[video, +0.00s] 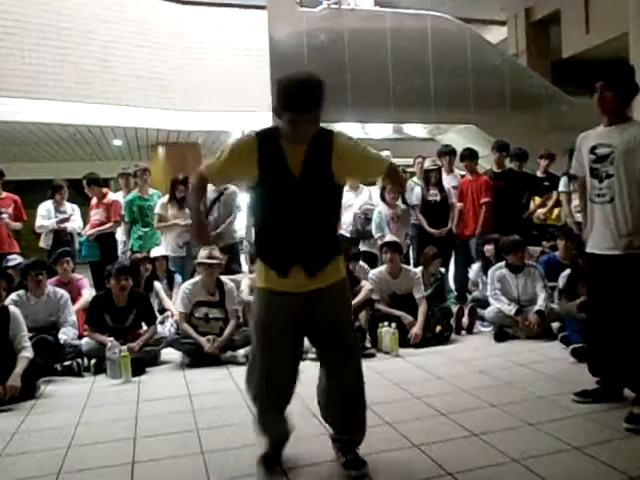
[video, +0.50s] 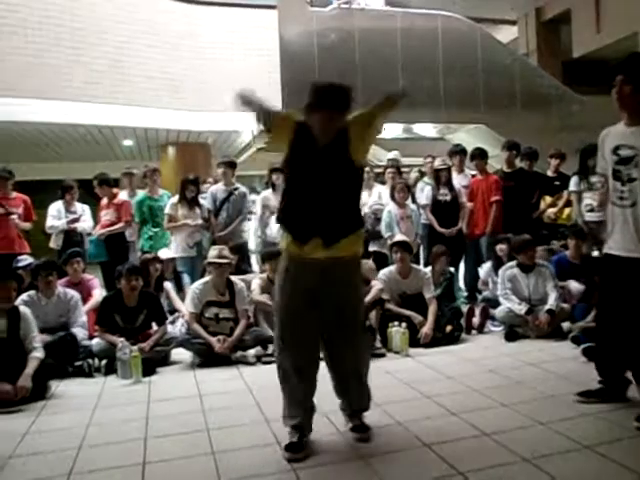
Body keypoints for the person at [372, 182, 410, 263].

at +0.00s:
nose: (393, 195)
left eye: (396, 192)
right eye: (389, 192)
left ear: (399, 194)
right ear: (383, 193)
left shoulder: (404, 210)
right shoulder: (379, 211)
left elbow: (408, 228)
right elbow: (376, 230)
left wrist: (406, 241)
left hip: (402, 245)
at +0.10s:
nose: (392, 196)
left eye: (395, 192)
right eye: (389, 192)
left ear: (399, 194)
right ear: (384, 194)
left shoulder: (403, 209)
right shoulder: (379, 211)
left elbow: (409, 226)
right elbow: (376, 230)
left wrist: (407, 240)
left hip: (403, 245)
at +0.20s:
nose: (392, 197)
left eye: (394, 194)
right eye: (389, 194)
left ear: (399, 195)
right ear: (383, 196)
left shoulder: (403, 211)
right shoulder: (379, 212)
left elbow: (409, 227)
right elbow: (376, 230)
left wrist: (407, 242)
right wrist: (384, 242)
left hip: (403, 245)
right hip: (387, 246)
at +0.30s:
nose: (392, 196)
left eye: (394, 193)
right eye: (389, 193)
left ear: (398, 194)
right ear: (383, 194)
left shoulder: (404, 210)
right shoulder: (379, 211)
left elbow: (409, 226)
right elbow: (376, 229)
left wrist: (407, 241)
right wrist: (384, 242)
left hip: (403, 244)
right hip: (387, 245)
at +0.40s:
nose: (396, 196)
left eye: (398, 193)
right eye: (393, 193)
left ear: (402, 195)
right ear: (387, 195)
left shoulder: (408, 210)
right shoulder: (383, 211)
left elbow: (412, 226)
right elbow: (379, 228)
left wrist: (410, 241)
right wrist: (385, 240)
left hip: (406, 244)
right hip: (390, 244)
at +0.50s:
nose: (401, 195)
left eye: (404, 192)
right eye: (398, 192)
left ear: (408, 194)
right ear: (393, 194)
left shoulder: (413, 209)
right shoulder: (389, 210)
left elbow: (418, 225)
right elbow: (385, 227)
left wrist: (416, 240)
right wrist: (392, 239)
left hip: (413, 243)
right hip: (396, 243)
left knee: (413, 269)